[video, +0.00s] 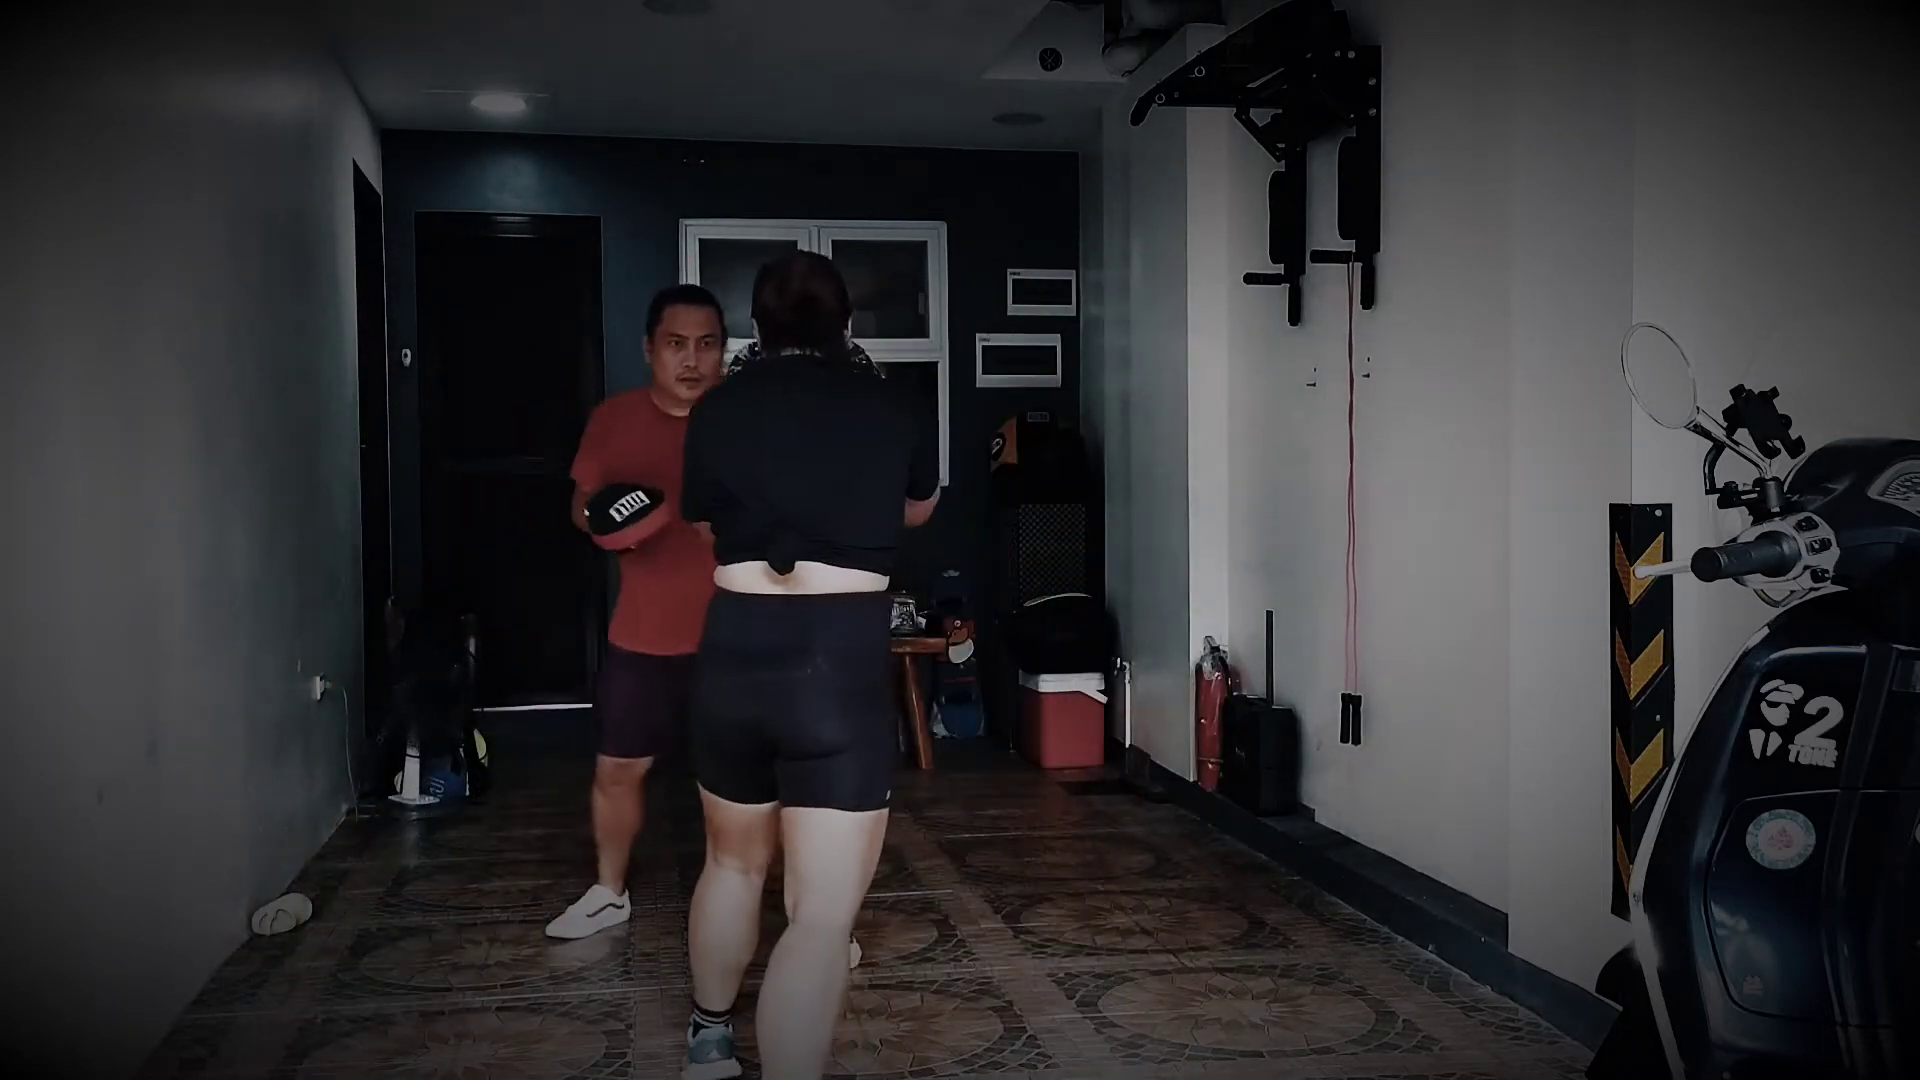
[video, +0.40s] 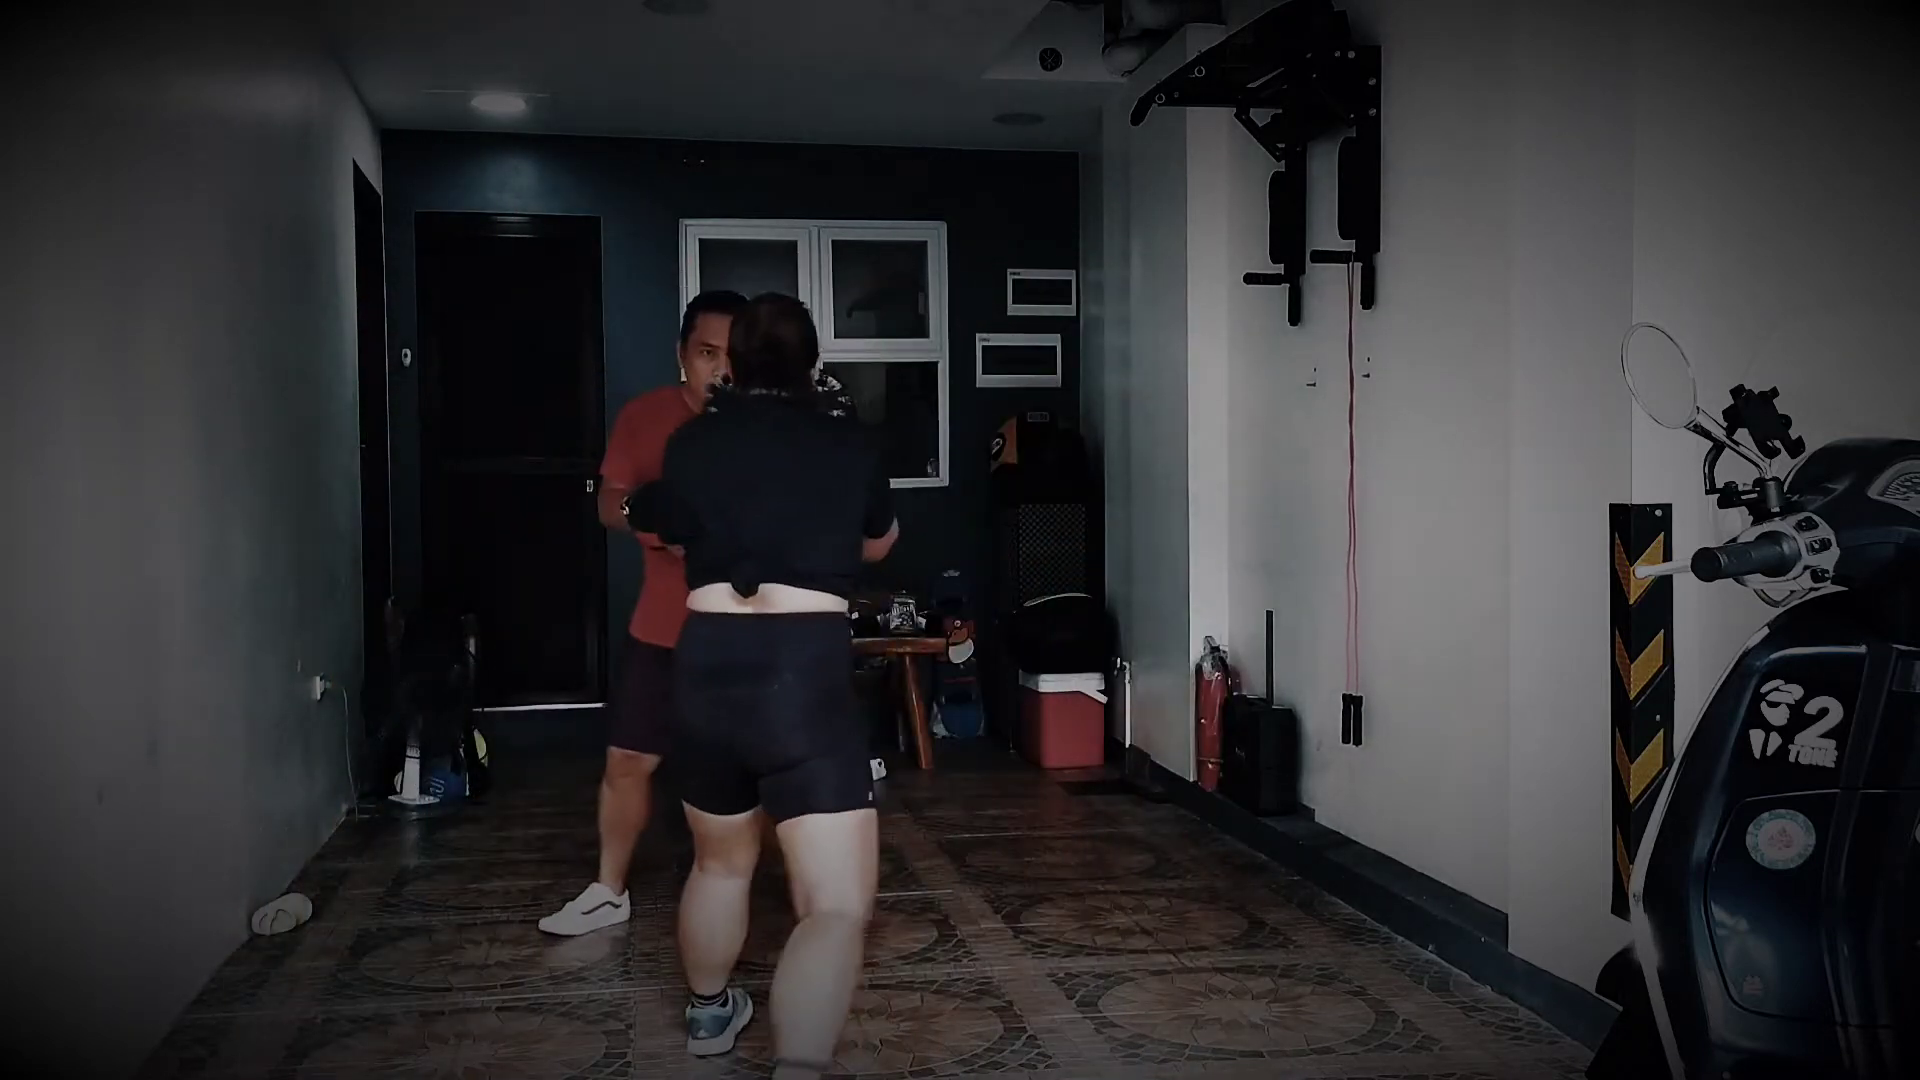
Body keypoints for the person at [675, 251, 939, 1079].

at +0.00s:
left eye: (729, 324)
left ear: (758, 324)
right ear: (845, 321)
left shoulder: (718, 410)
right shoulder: (891, 404)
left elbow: (699, 514)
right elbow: (918, 510)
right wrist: (822, 504)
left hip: (732, 667)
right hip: (843, 674)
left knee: (731, 862)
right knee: (821, 922)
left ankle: (709, 1032)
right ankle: (791, 1074)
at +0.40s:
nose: (714, 360)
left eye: (722, 350)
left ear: (733, 360)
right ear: (813, 362)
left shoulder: (692, 439)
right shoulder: (850, 440)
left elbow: (660, 529)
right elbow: (877, 543)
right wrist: (795, 523)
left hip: (705, 671)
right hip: (807, 680)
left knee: (720, 863)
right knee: (833, 908)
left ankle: (708, 1015)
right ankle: (799, 1069)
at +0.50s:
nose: (703, 355)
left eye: (711, 344)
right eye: (705, 342)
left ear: (725, 353)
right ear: (802, 353)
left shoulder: (689, 420)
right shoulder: (847, 427)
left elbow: (650, 524)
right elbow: (871, 533)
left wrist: (727, 499)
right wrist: (791, 513)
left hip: (706, 661)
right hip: (808, 664)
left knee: (719, 853)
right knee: (863, 870)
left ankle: (708, 1009)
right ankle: (828, 1031)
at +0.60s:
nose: (699, 362)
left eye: (707, 351)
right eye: (699, 348)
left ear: (721, 362)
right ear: (794, 362)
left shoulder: (676, 437)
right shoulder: (841, 430)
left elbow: (625, 552)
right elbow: (876, 535)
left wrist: (673, 489)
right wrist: (795, 512)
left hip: (723, 667)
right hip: (826, 663)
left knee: (724, 844)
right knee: (873, 868)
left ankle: (713, 1013)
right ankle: (862, 1039)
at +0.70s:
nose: (705, 377)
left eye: (716, 373)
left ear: (720, 407)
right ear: (796, 406)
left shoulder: (690, 484)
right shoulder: (845, 468)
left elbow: (644, 611)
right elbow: (888, 576)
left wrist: (621, 590)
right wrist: (814, 571)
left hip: (737, 693)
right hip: (843, 688)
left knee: (725, 837)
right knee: (881, 891)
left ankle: (725, 1003)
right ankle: (887, 1056)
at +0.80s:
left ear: (720, 452)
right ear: (795, 444)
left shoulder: (701, 534)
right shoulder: (846, 512)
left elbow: (685, 635)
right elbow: (904, 622)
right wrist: (842, 619)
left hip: (732, 721)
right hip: (839, 719)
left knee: (729, 844)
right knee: (886, 899)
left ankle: (730, 1008)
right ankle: (883, 1059)